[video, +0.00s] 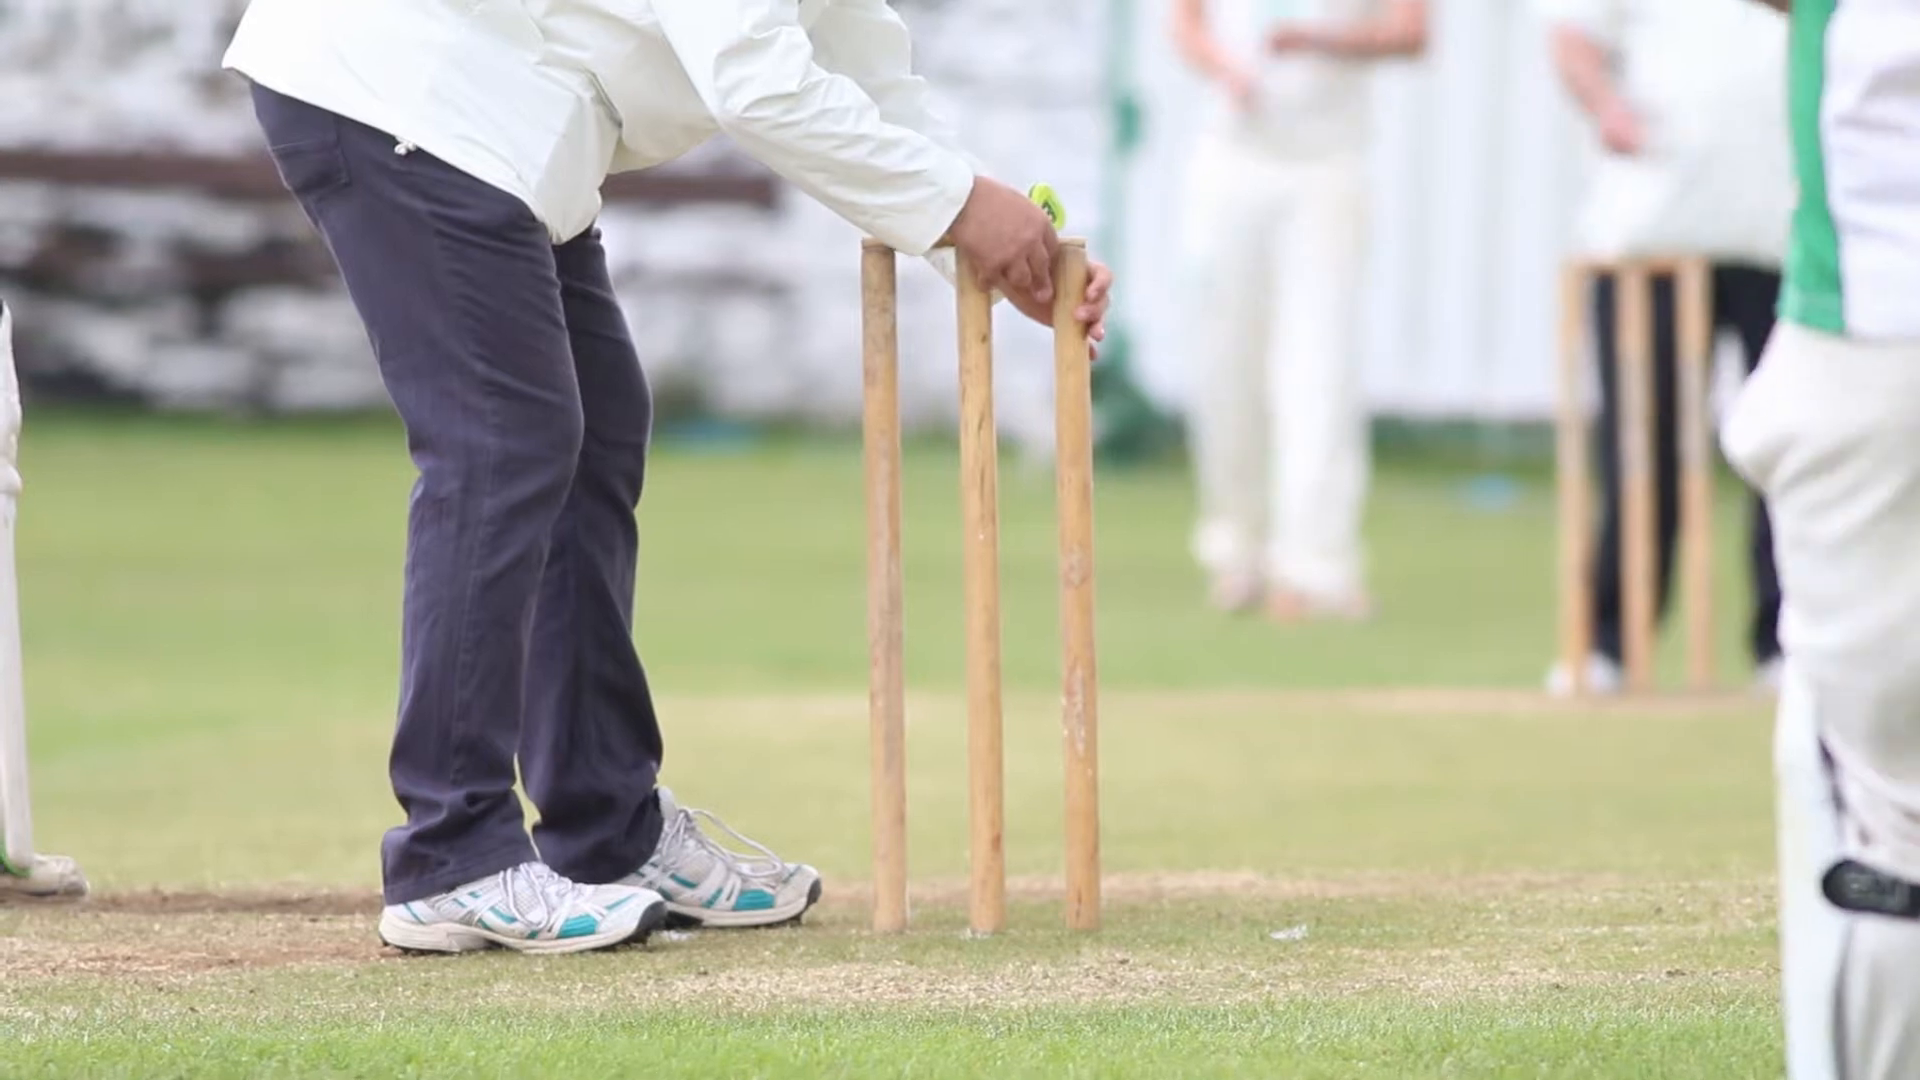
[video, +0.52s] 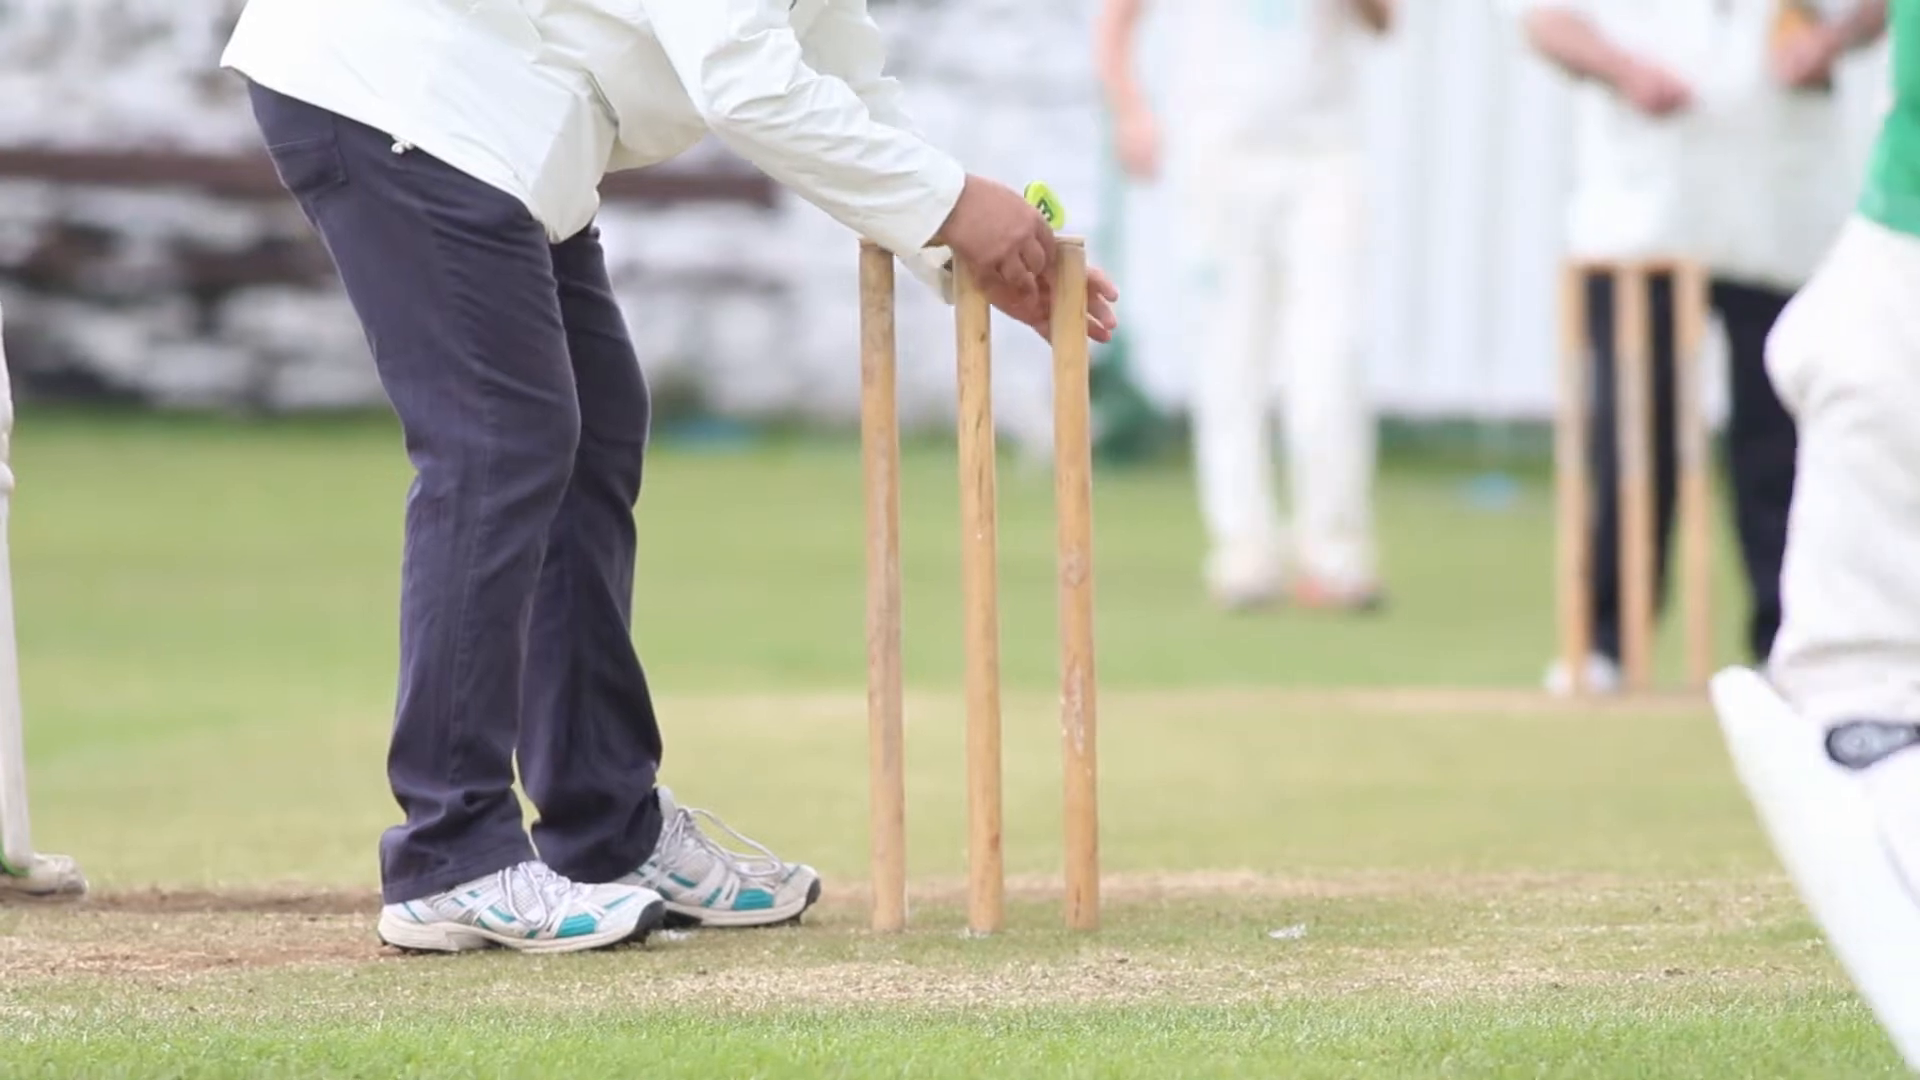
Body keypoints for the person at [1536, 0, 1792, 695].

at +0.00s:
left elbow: (1851, 46)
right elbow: (1573, 30)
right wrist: (1609, 106)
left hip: (1783, 225)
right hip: (1647, 225)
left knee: (1789, 458)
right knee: (1640, 455)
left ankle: (1784, 650)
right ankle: (1607, 648)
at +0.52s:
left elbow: (1875, 9)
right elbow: (1544, 19)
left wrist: (1827, 38)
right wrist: (1626, 69)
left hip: (1784, 199)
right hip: (1638, 198)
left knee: (1777, 447)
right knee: (1627, 439)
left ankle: (1787, 651)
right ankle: (1605, 648)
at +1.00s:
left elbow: (1855, 10)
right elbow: (1507, 19)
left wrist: (1807, 16)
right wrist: (1506, 11)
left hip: (1749, 202)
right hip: (1606, 203)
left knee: (1764, 442)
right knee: (1612, 447)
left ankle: (1785, 642)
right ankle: (1601, 647)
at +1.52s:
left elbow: (1860, 11)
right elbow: (1531, 30)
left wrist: (1825, 19)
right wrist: (1538, 167)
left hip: (1764, 208)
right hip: (1625, 210)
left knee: (1775, 446)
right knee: (1620, 447)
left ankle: (1786, 639)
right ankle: (1604, 643)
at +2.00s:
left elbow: (1902, 16)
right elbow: (1596, 36)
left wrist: (1882, 18)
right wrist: (1598, 177)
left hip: (1820, 208)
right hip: (1679, 207)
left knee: (1805, 446)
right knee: (1656, 441)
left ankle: (1793, 638)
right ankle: (1609, 640)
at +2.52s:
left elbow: (1906, 15)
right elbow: (1592, 24)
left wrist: (1874, 19)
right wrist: (1582, 159)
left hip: (1810, 200)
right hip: (1667, 197)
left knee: (1798, 443)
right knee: (1671, 440)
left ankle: (1792, 636)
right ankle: (1658, 640)